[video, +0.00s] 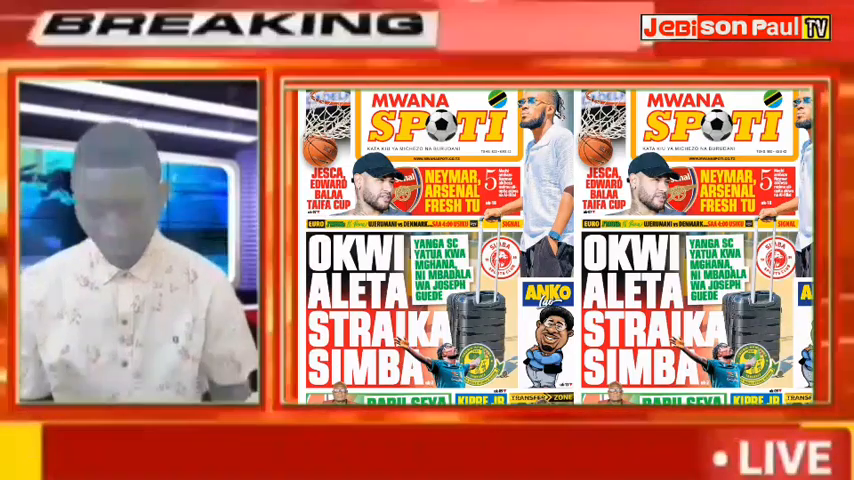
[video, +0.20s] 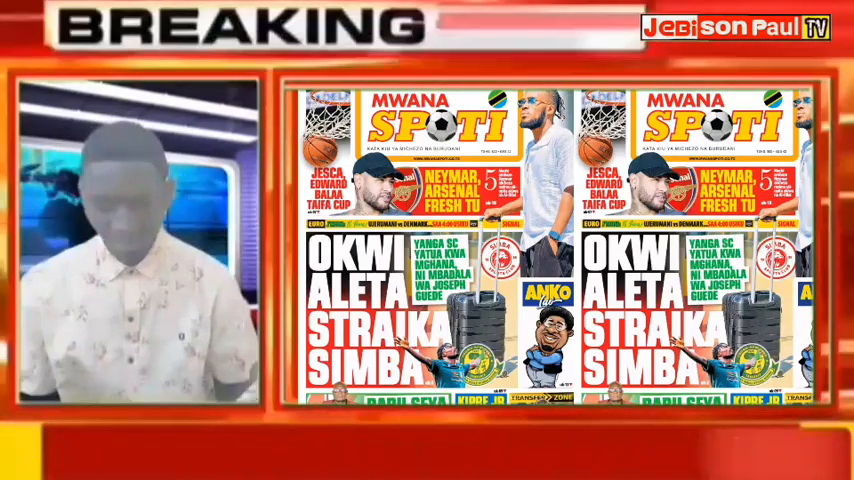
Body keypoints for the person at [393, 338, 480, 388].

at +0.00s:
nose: (453, 348)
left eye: (453, 347)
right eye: (449, 347)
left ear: (456, 352)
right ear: (443, 354)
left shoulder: (462, 367)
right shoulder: (439, 365)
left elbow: (474, 365)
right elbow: (423, 359)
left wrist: (478, 360)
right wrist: (408, 348)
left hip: (461, 402)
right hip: (445, 403)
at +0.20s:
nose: (453, 348)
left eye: (453, 347)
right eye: (449, 347)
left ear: (456, 352)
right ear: (443, 354)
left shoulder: (462, 367)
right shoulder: (439, 365)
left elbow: (474, 365)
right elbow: (423, 359)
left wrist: (478, 360)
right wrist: (408, 348)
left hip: (461, 402)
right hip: (445, 403)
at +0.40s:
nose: (453, 348)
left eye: (453, 347)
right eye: (449, 347)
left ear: (456, 352)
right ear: (443, 354)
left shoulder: (462, 367)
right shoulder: (439, 365)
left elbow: (474, 365)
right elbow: (423, 359)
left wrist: (478, 360)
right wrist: (408, 348)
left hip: (461, 402)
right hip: (445, 403)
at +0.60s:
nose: (453, 348)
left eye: (453, 347)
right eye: (449, 347)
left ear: (456, 352)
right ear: (443, 354)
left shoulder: (462, 367)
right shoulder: (439, 365)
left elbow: (474, 365)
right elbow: (423, 359)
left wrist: (478, 360)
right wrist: (408, 348)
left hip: (461, 402)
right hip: (445, 403)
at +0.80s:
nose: (453, 348)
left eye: (453, 347)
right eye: (449, 347)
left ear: (456, 352)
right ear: (443, 354)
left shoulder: (462, 367)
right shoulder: (439, 365)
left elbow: (474, 365)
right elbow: (423, 359)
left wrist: (478, 360)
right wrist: (407, 348)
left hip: (461, 403)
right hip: (445, 403)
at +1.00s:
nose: (453, 348)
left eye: (453, 347)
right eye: (449, 347)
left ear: (456, 352)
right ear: (443, 354)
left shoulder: (462, 367)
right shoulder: (439, 365)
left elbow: (474, 365)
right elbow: (423, 359)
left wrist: (478, 360)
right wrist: (407, 348)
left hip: (461, 403)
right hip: (444, 403)